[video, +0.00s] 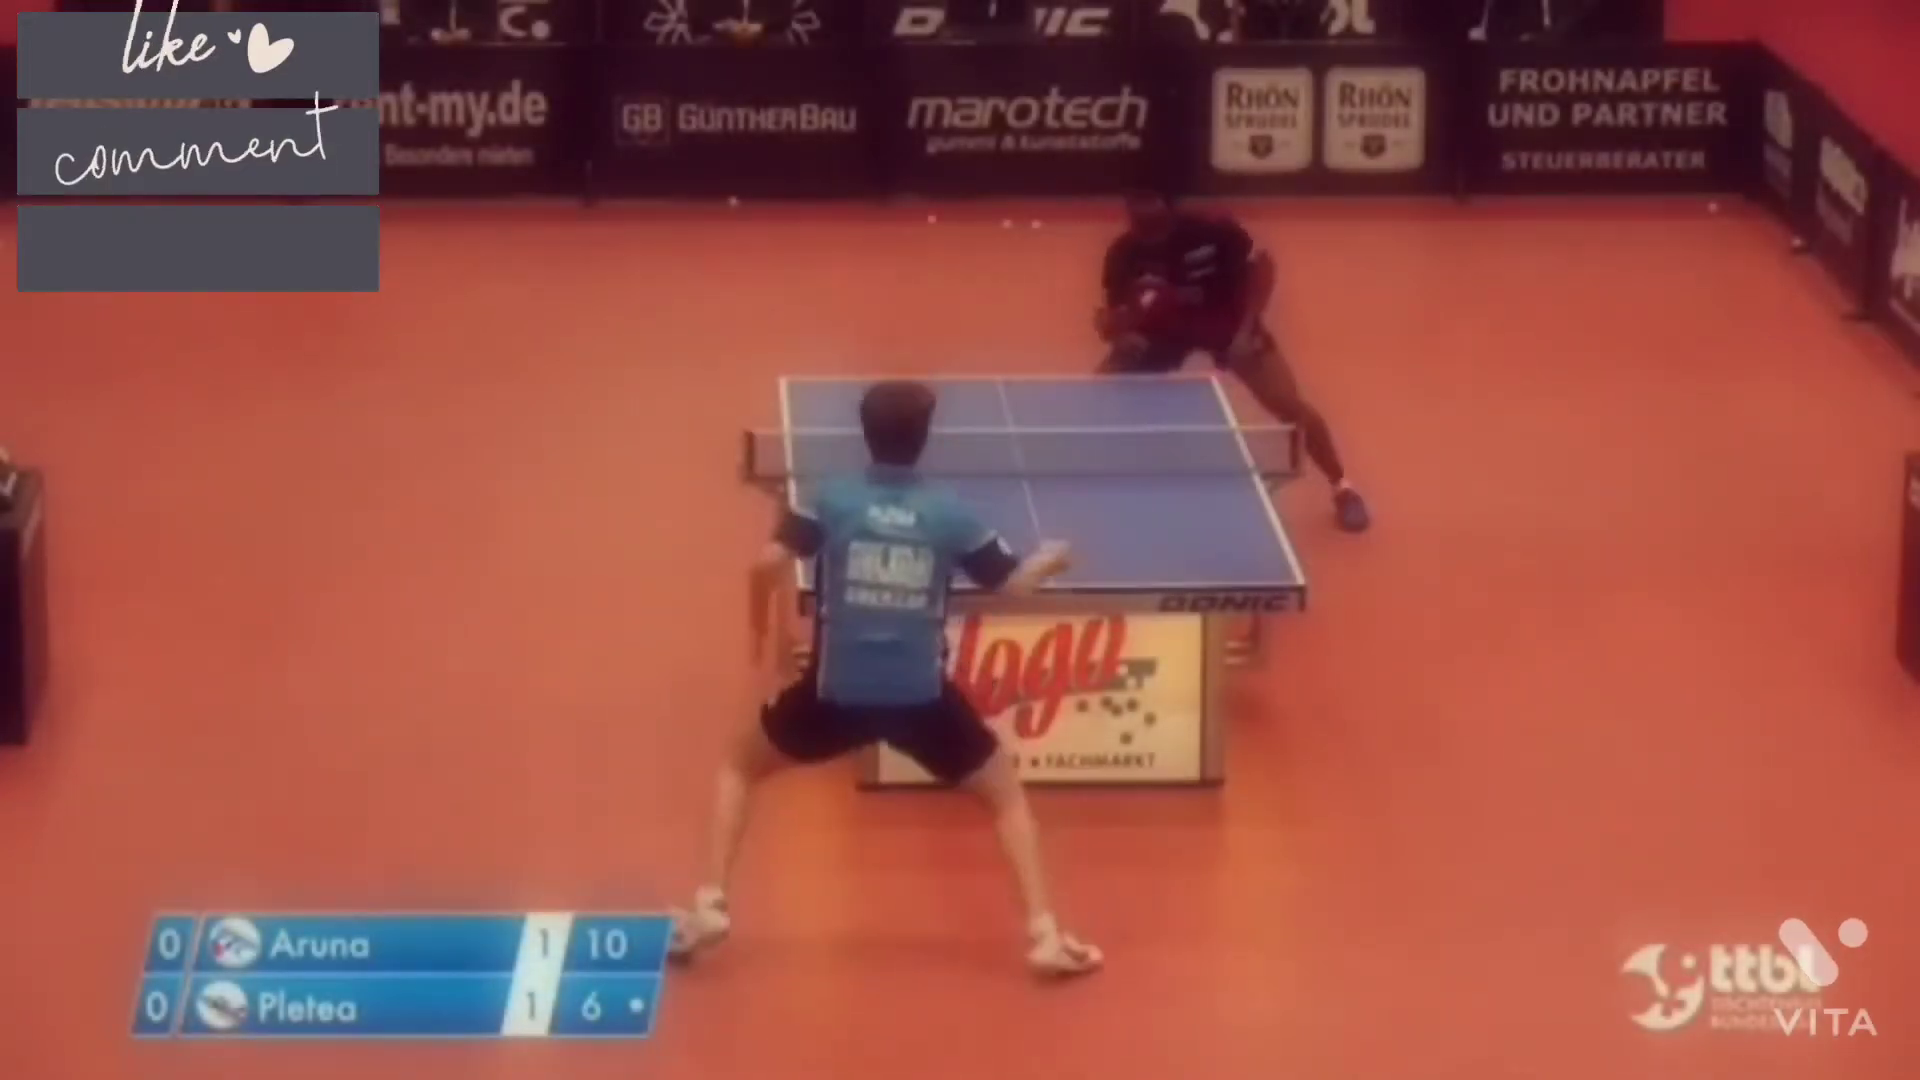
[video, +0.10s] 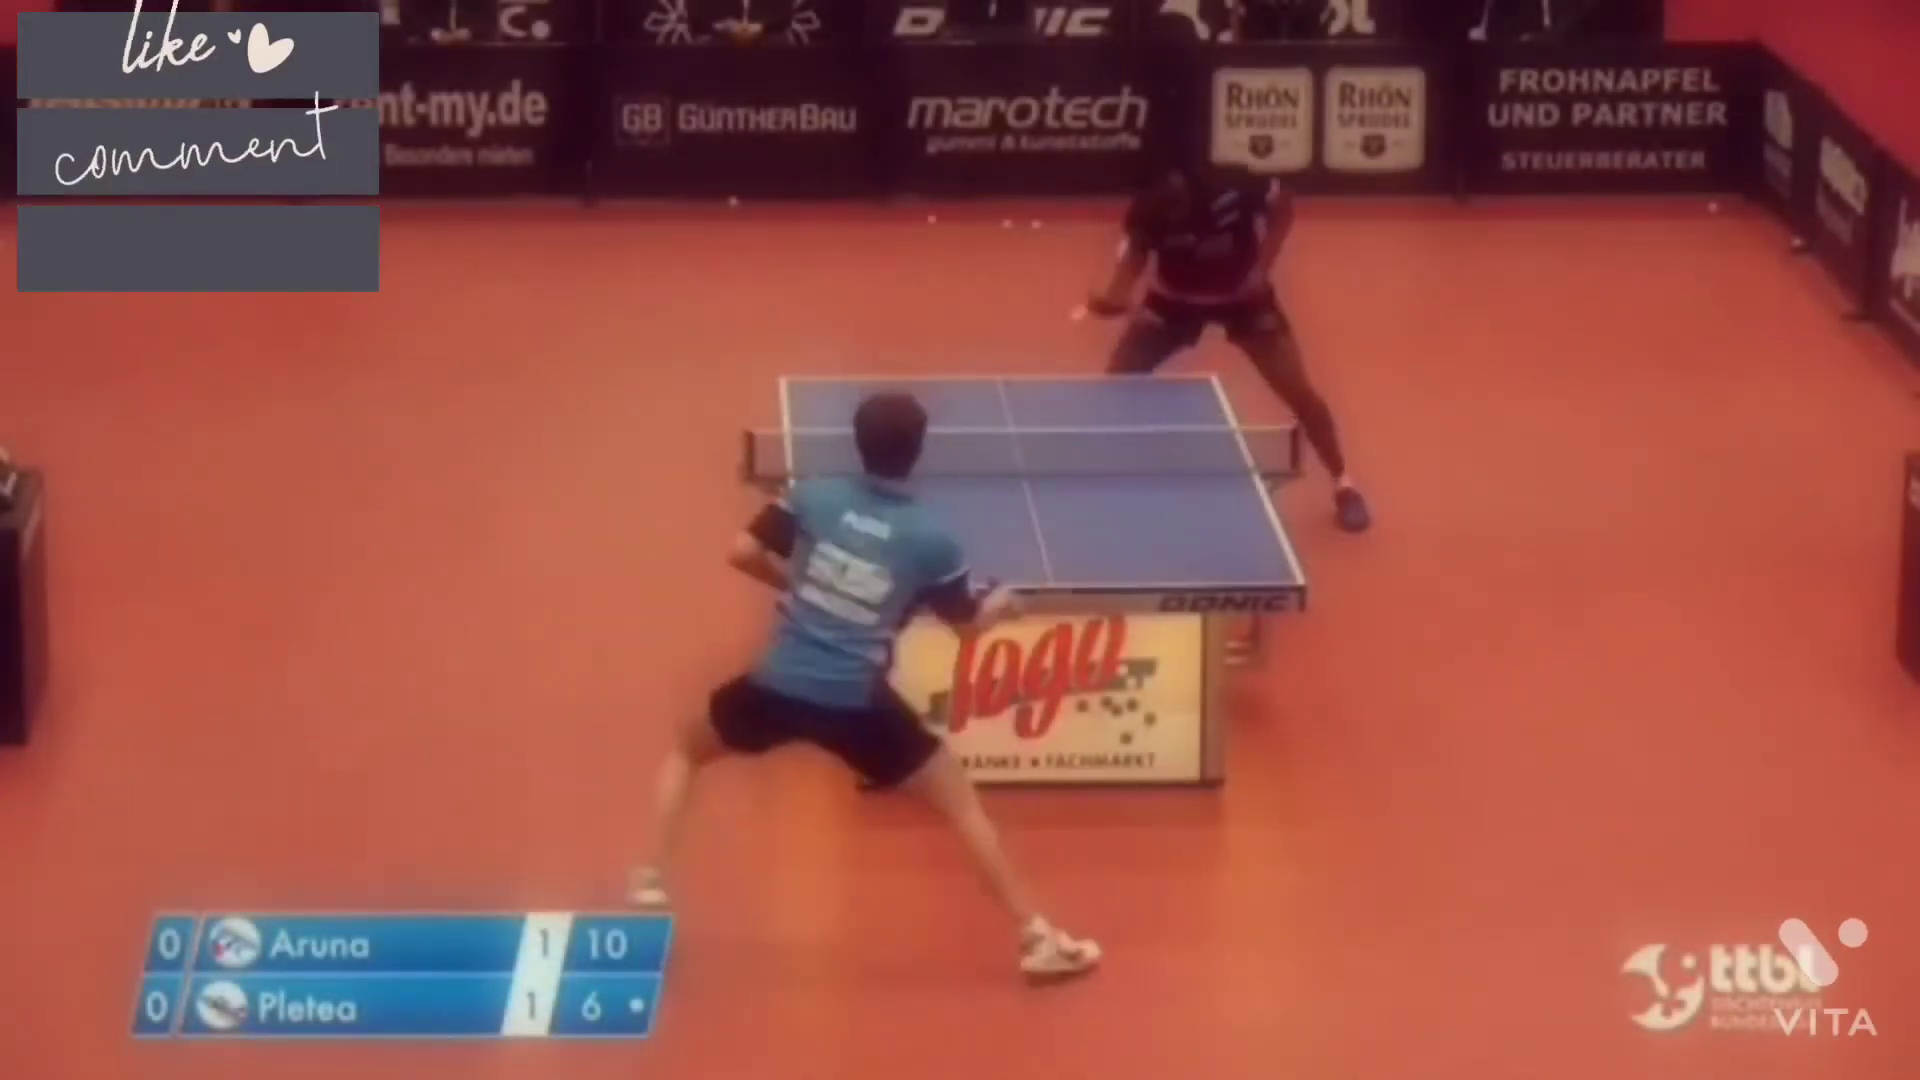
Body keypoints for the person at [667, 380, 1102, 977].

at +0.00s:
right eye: (919, 427)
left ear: (866, 436)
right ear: (923, 438)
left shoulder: (834, 498)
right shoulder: (943, 511)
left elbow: (783, 554)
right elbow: (1006, 584)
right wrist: (1046, 563)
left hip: (838, 695)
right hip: (919, 698)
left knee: (741, 764)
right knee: (1005, 792)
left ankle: (711, 900)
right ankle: (1046, 935)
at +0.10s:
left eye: (881, 439)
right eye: (910, 439)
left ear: (860, 443)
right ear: (917, 451)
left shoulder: (818, 496)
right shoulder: (925, 536)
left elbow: (745, 553)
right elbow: (965, 621)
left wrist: (799, 583)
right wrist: (995, 603)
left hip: (779, 688)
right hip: (857, 704)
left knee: (686, 752)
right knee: (959, 798)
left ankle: (651, 876)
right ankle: (1038, 936)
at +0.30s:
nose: (875, 508)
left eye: (864, 493)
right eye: (876, 501)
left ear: (821, 489)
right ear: (868, 514)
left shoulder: (782, 522)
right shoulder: (835, 594)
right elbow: (838, 680)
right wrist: (897, 745)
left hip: (661, 696)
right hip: (729, 722)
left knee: (585, 787)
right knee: (830, 830)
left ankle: (514, 894)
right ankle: (886, 970)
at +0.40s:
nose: (843, 532)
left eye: (831, 517)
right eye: (844, 524)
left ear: (787, 507)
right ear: (833, 535)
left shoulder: (756, 543)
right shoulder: (773, 604)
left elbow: (806, 585)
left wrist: (867, 614)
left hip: (607, 687)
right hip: (661, 720)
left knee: (544, 786)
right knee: (794, 818)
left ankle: (436, 874)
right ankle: (798, 961)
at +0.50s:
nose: (769, 568)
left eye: (770, 557)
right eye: (767, 559)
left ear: (710, 543)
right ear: (749, 569)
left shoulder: (697, 578)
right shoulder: (668, 617)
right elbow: (604, 704)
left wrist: (761, 645)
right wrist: (617, 780)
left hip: (561, 722)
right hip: (597, 740)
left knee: (495, 828)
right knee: (734, 816)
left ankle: (364, 898)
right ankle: (723, 973)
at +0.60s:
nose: (691, 561)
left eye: (691, 549)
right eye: (688, 551)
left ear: (642, 535)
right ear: (666, 553)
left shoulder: (615, 561)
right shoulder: (612, 595)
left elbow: (572, 567)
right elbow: (574, 680)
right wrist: (603, 722)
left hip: (531, 736)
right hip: (569, 748)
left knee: (468, 840)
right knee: (723, 814)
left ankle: (338, 905)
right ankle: (718, 974)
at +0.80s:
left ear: (464, 523)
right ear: (523, 508)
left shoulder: (461, 598)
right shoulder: (566, 549)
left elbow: (378, 640)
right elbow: (594, 476)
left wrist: (371, 560)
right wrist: (518, 452)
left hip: (513, 779)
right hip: (595, 769)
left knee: (425, 827)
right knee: (705, 845)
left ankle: (349, 927)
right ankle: (690, 935)